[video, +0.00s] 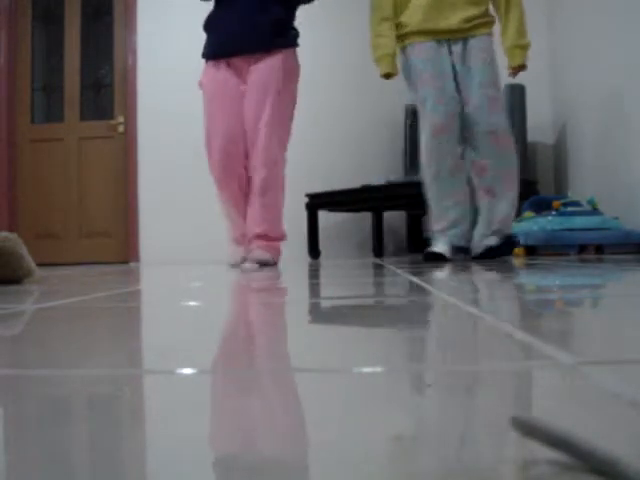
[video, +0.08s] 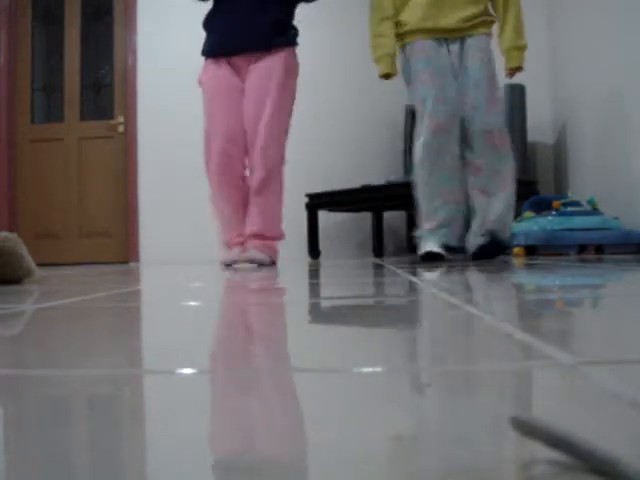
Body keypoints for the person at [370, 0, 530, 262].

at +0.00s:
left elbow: (506, 1)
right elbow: (383, 3)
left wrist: (515, 41)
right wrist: (384, 46)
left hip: (475, 27)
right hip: (420, 30)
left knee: (489, 127)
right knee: (438, 131)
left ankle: (492, 235)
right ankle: (447, 237)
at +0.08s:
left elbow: (506, 2)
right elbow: (384, 3)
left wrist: (513, 42)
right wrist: (384, 47)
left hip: (475, 28)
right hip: (420, 30)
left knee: (486, 129)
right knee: (435, 131)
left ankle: (488, 235)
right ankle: (436, 237)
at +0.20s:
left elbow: (501, 2)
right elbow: (386, 3)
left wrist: (502, 38)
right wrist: (387, 43)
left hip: (473, 22)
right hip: (417, 24)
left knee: (474, 129)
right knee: (424, 129)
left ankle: (475, 237)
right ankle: (400, 236)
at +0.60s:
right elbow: (377, 5)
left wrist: (483, 19)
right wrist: (380, 53)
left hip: (463, 27)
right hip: (409, 30)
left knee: (468, 137)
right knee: (405, 139)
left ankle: (472, 236)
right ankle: (394, 242)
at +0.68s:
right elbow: (379, 5)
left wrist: (484, 21)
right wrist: (382, 54)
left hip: (464, 28)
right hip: (411, 32)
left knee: (472, 139)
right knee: (407, 140)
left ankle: (475, 237)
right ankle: (397, 242)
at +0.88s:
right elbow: (382, 4)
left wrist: (504, 34)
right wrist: (384, 49)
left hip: (473, 28)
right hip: (415, 33)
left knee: (485, 132)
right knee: (426, 139)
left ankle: (487, 233)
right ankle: (441, 235)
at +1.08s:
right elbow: (378, 4)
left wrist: (500, 33)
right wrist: (376, 52)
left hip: (460, 21)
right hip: (405, 23)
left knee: (462, 131)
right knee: (405, 133)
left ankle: (469, 237)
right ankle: (396, 240)